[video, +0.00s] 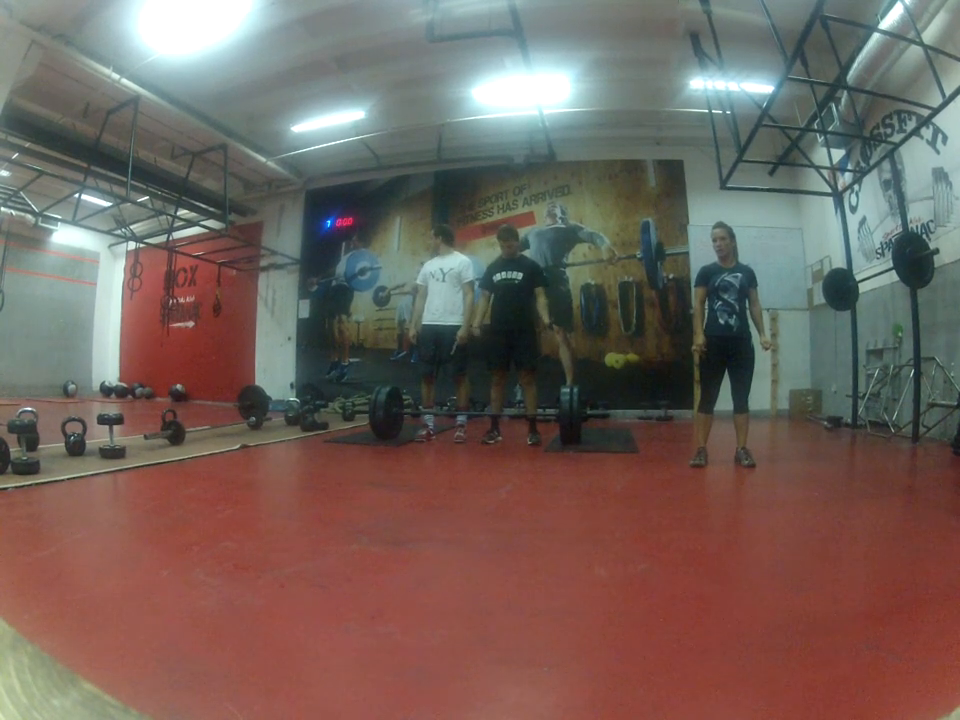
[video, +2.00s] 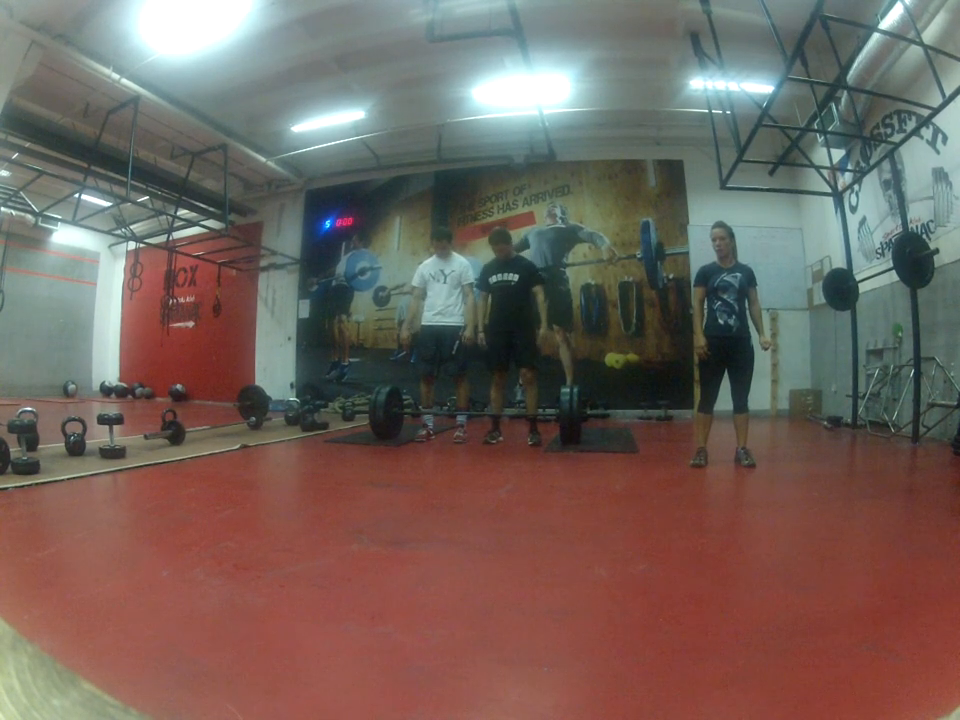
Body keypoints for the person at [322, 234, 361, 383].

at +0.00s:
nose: (353, 243)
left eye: (355, 240)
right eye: (352, 240)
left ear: (360, 242)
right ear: (351, 242)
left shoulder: (361, 256)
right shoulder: (348, 256)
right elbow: (336, 272)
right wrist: (319, 279)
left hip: (345, 289)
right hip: (335, 288)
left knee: (342, 326)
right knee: (333, 327)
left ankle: (345, 362)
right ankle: (335, 361)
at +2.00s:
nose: (353, 243)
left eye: (355, 241)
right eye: (353, 241)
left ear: (360, 242)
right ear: (354, 242)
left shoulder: (361, 256)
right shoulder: (349, 256)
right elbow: (337, 272)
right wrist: (319, 279)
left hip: (345, 288)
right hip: (335, 288)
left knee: (342, 324)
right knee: (333, 325)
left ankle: (345, 363)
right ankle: (335, 361)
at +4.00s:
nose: (352, 243)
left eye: (355, 241)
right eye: (353, 240)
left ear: (361, 243)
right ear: (353, 242)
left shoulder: (359, 257)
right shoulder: (347, 256)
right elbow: (337, 273)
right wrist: (319, 279)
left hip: (345, 288)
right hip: (335, 288)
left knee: (342, 323)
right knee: (334, 325)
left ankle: (345, 362)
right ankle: (335, 360)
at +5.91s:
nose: (353, 243)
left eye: (356, 241)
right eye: (353, 241)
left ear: (361, 243)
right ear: (352, 242)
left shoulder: (360, 256)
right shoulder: (347, 256)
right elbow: (336, 273)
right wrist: (319, 279)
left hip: (346, 288)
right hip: (335, 288)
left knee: (342, 324)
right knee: (334, 324)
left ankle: (345, 362)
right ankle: (335, 361)